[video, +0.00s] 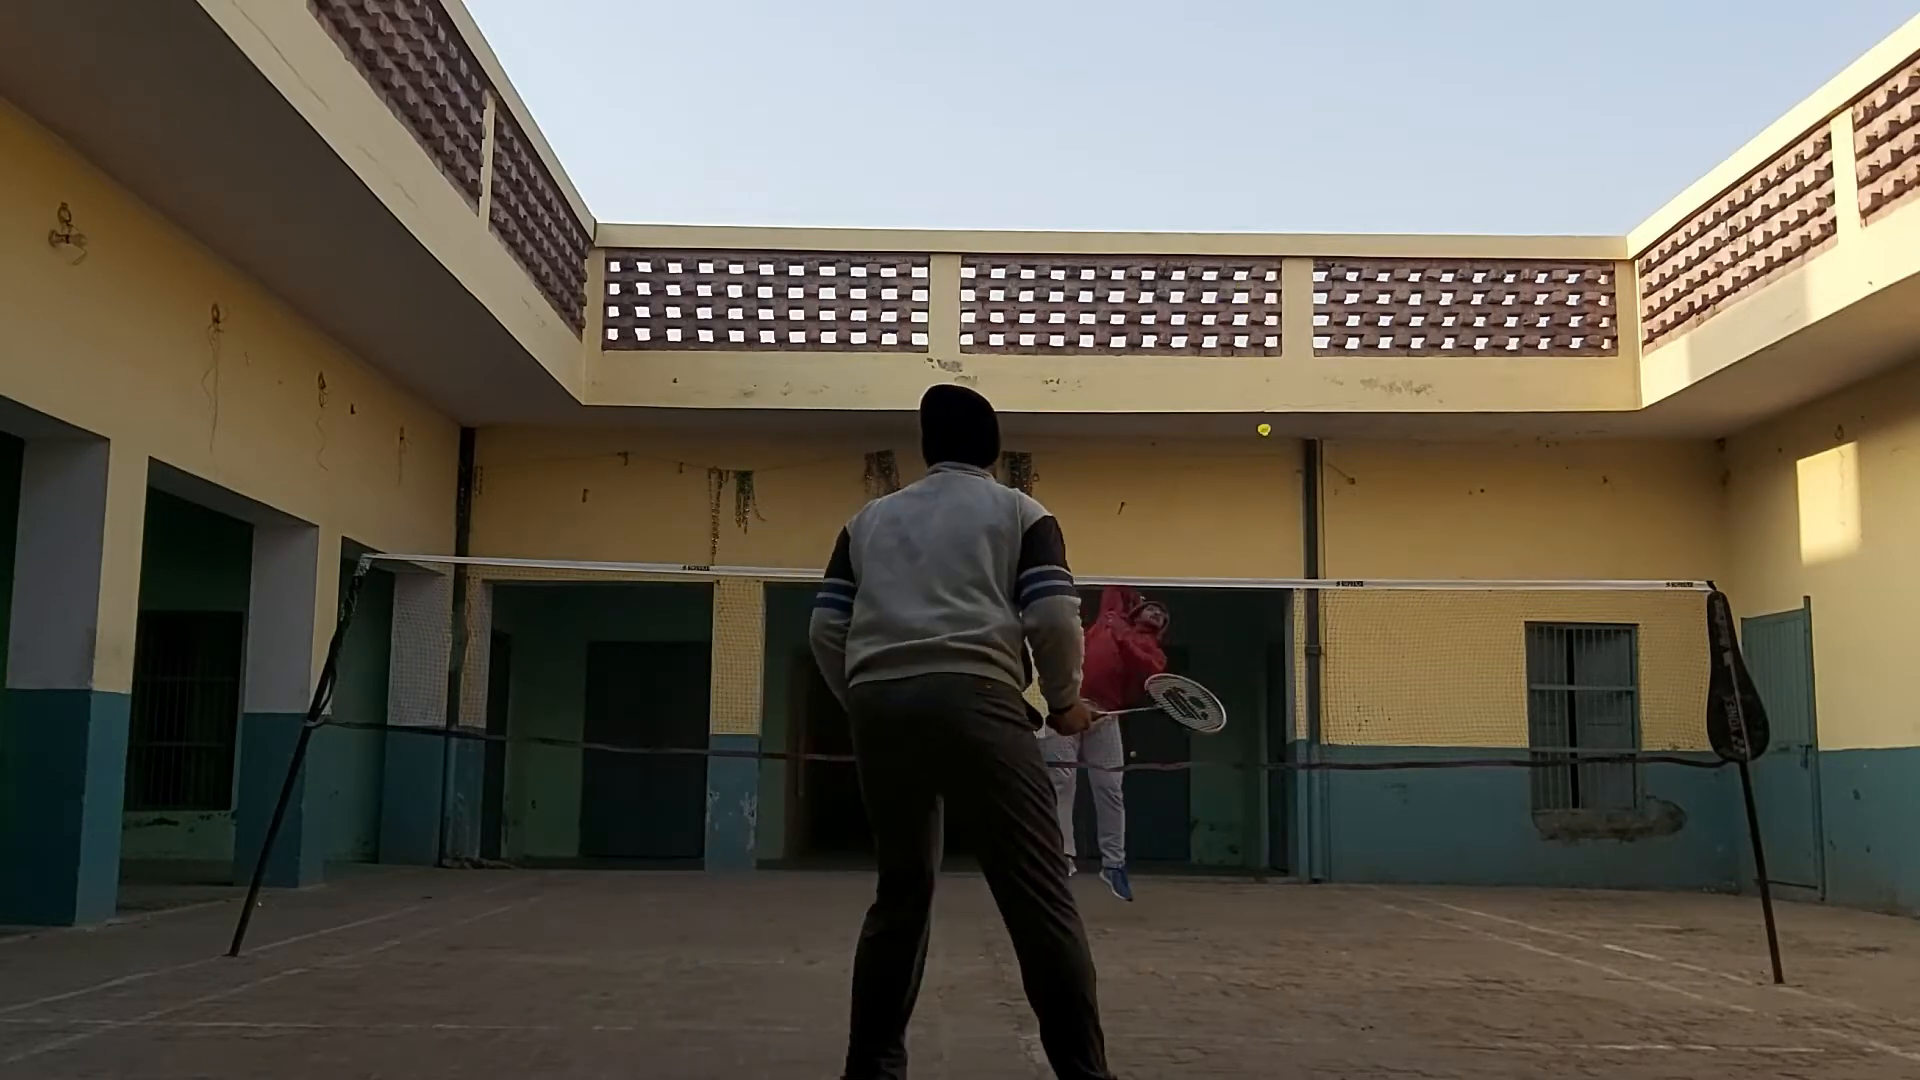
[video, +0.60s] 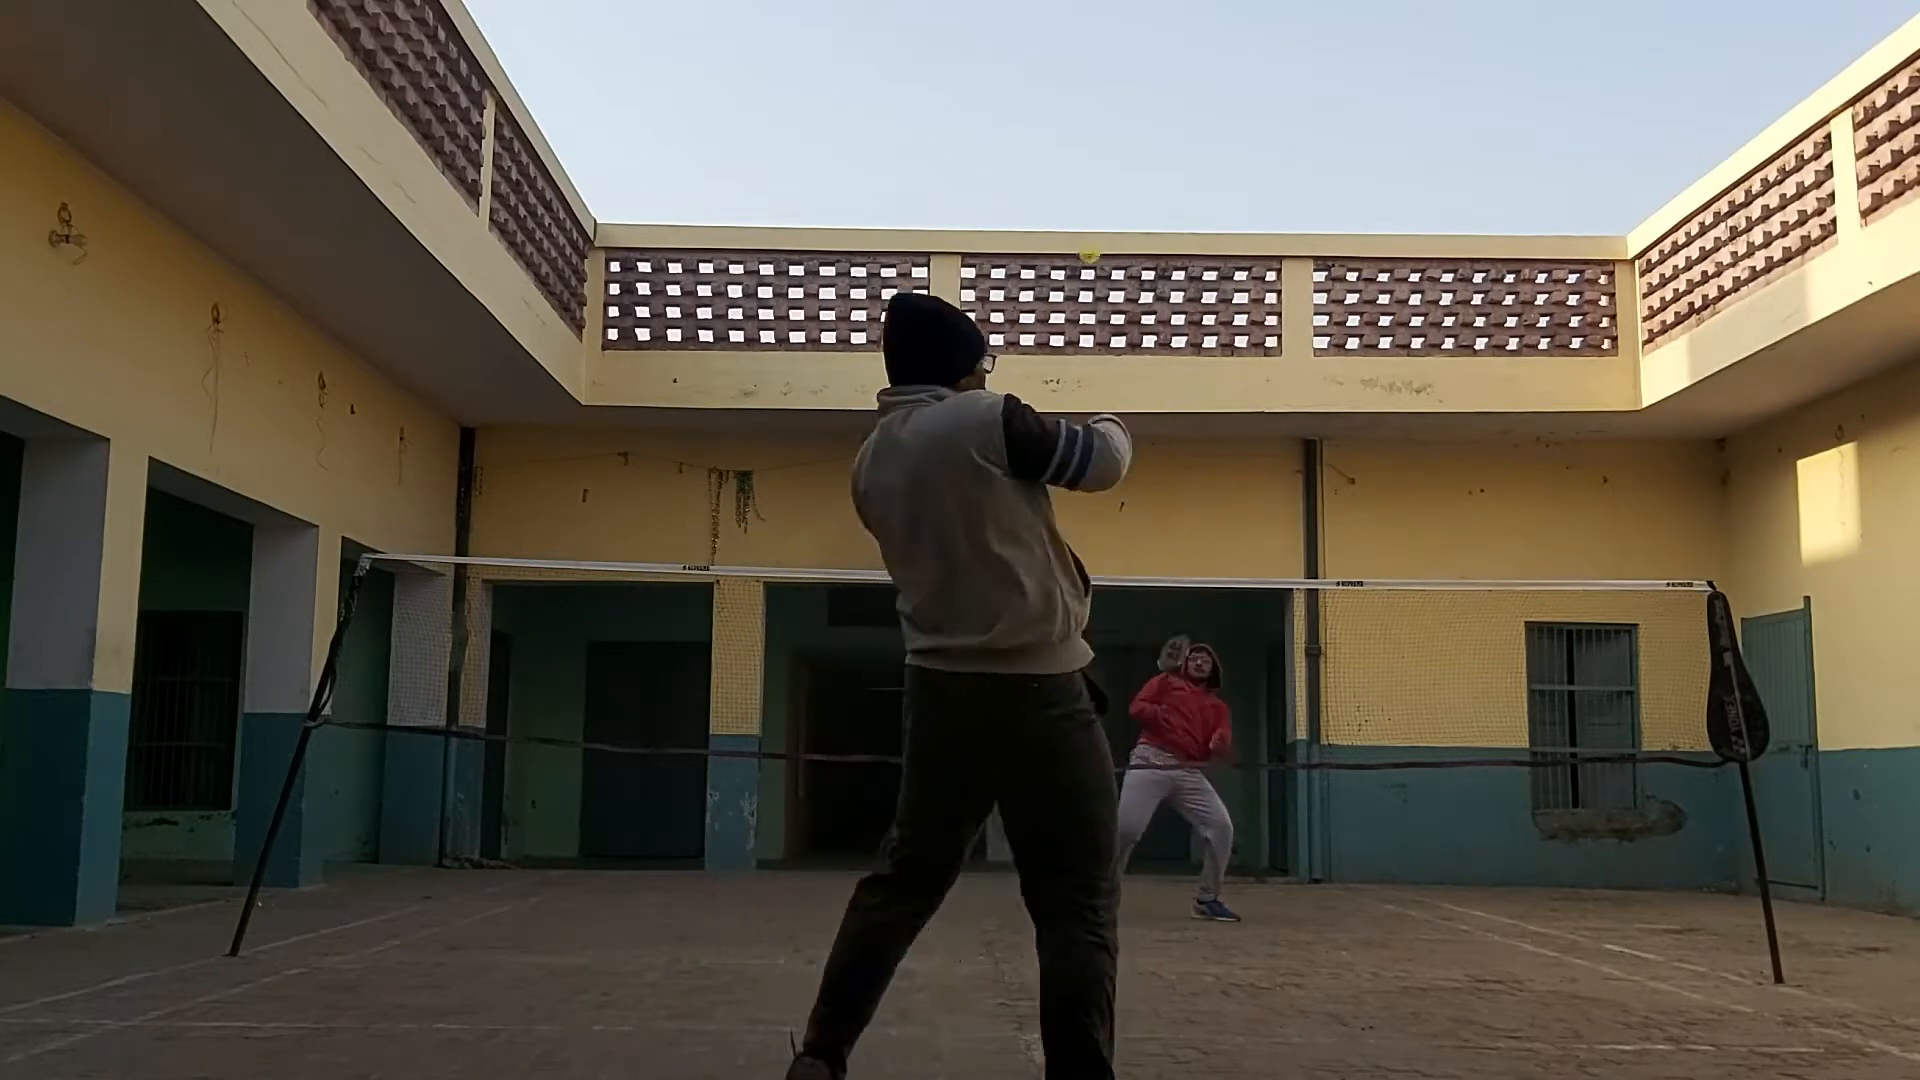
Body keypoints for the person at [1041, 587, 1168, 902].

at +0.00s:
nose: (1154, 614)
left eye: (1161, 616)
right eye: (1151, 610)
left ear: (1160, 628)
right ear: (1138, 609)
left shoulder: (1152, 651)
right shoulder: (1112, 616)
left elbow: (1152, 675)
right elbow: (1114, 581)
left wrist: (1124, 635)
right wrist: (1140, 601)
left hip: (1104, 715)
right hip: (1063, 705)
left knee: (1110, 791)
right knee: (1061, 783)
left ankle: (1113, 865)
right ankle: (1063, 857)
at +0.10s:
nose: (1182, 631)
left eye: (1187, 631)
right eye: (1179, 626)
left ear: (1188, 641)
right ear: (1168, 625)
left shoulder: (1175, 675)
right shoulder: (1150, 626)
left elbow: (1155, 708)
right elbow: (1166, 583)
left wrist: (1142, 692)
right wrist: (1185, 549)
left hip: (1128, 725)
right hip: (1093, 711)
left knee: (1149, 789)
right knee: (1072, 775)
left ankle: (1165, 867)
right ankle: (1053, 854)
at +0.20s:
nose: (1202, 653)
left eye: (1207, 651)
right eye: (1196, 647)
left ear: (1210, 662)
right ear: (1186, 650)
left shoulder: (1195, 698)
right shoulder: (1171, 654)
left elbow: (1182, 734)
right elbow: (1180, 661)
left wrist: (1171, 745)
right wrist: (1188, 669)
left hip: (1153, 754)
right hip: (1122, 735)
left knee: (1185, 818)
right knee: (1083, 770)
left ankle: (1210, 894)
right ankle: (1031, 813)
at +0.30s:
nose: (1214, 671)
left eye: (1219, 668)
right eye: (1209, 667)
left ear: (1224, 678)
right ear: (1198, 673)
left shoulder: (1208, 718)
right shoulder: (1182, 690)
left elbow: (1204, 758)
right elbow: (1166, 727)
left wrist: (1210, 788)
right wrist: (1172, 768)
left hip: (1174, 771)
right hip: (1145, 752)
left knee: (1214, 826)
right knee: (1122, 774)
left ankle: (1206, 898)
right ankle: (1057, 794)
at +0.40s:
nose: (1219, 676)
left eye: (1224, 674)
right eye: (1213, 672)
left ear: (1230, 684)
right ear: (1203, 679)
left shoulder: (1222, 723)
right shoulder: (1185, 697)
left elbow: (1218, 768)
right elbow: (1172, 736)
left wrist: (1228, 797)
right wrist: (1177, 776)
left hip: (1181, 773)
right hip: (1149, 757)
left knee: (1219, 826)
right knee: (1135, 784)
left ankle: (1207, 898)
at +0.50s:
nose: (1213, 671)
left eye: (1218, 668)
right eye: (1208, 667)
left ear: (1225, 676)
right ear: (1198, 672)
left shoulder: (1222, 714)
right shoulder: (1181, 687)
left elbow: (1226, 751)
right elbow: (1158, 719)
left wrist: (1227, 775)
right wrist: (1171, 748)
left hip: (1186, 774)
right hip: (1151, 760)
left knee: (1224, 828)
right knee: (1133, 808)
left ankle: (1207, 899)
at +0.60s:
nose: (1199, 663)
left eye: (1206, 660)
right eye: (1195, 658)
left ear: (1212, 669)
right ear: (1186, 662)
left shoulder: (1217, 706)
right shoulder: (1166, 681)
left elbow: (1222, 745)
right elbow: (1136, 707)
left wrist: (1218, 745)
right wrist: (1156, 713)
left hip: (1188, 771)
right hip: (1148, 765)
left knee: (1221, 827)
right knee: (1127, 830)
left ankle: (1207, 899)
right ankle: (1102, 899)